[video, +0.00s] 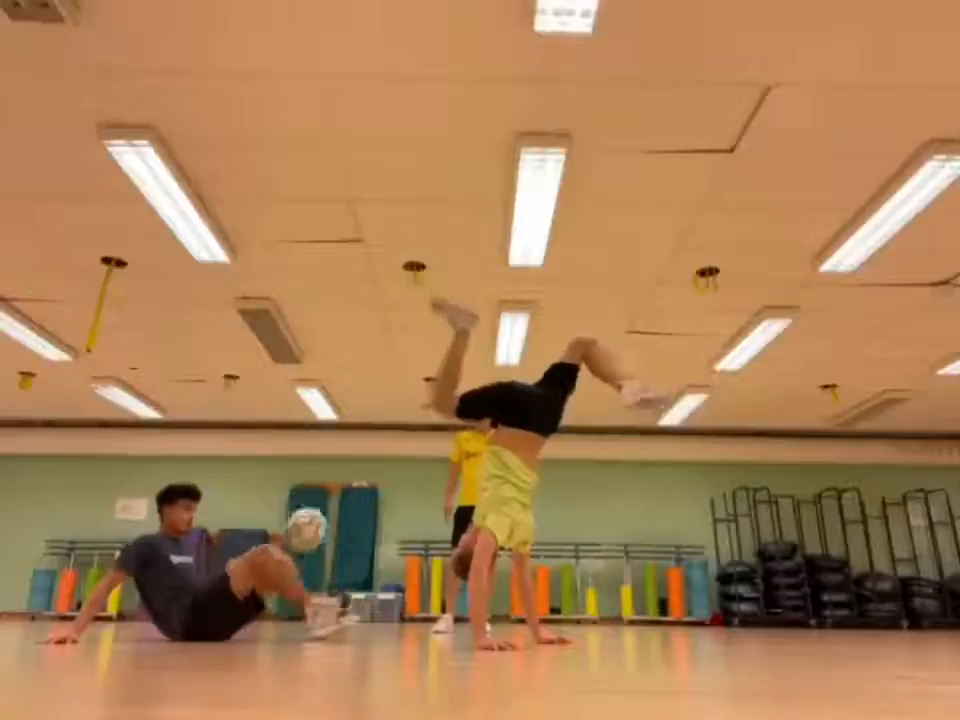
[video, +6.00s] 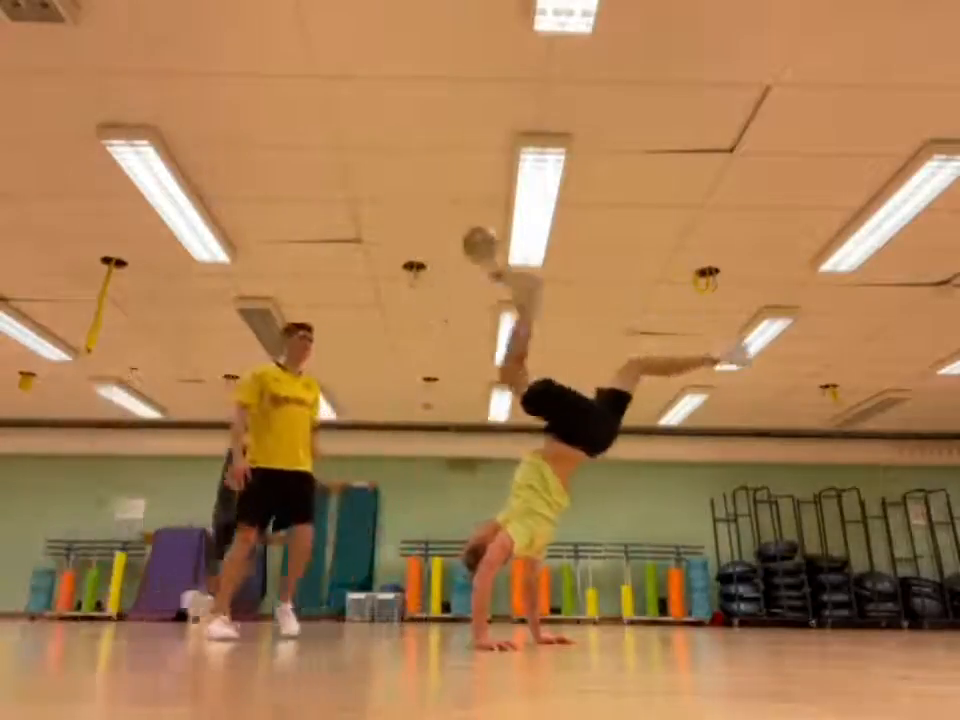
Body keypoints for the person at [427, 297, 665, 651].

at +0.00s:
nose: (478, 558)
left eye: (470, 557)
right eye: (474, 557)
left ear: (468, 549)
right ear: (469, 544)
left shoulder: (519, 533)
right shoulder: (490, 528)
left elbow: (524, 585)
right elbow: (480, 577)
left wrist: (537, 633)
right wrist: (481, 637)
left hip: (543, 416)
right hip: (516, 407)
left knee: (582, 345)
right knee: (444, 405)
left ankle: (629, 388)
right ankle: (462, 332)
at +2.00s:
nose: (480, 558)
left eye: (466, 554)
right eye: (473, 557)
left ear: (467, 545)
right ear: (472, 543)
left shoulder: (523, 536)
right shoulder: (493, 527)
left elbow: (528, 583)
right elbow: (481, 575)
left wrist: (537, 631)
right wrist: (481, 635)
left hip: (552, 413)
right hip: (530, 410)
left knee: (552, 345)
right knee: (449, 414)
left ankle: (607, 370)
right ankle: (458, 341)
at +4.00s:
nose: (481, 557)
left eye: (473, 556)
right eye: (477, 556)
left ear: (472, 549)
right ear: (473, 543)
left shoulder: (526, 538)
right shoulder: (497, 528)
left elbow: (528, 585)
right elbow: (483, 577)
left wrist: (537, 632)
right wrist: (482, 636)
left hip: (557, 412)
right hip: (536, 412)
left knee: (549, 345)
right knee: (457, 407)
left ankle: (620, 317)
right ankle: (450, 334)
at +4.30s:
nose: (463, 539)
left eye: (458, 542)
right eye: (463, 546)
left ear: (467, 549)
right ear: (473, 554)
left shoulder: (519, 539)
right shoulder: (491, 532)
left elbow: (529, 586)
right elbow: (482, 578)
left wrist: (537, 632)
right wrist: (481, 635)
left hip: (553, 415)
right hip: (531, 410)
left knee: (538, 350)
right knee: (469, 353)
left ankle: (599, 313)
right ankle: (457, 272)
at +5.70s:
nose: (476, 543)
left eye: (473, 548)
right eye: (476, 546)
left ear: (475, 547)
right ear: (481, 544)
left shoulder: (528, 540)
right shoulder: (504, 531)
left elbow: (529, 586)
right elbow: (484, 575)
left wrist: (538, 632)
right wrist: (481, 635)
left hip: (572, 416)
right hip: (554, 416)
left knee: (580, 347)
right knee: (471, 409)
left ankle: (658, 323)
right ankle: (472, 331)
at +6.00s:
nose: (482, 542)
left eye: (480, 545)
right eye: (481, 543)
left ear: (482, 550)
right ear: (484, 544)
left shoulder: (530, 541)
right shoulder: (509, 534)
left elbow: (530, 588)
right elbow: (482, 576)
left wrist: (536, 632)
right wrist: (480, 635)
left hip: (598, 436)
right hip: (582, 432)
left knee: (634, 367)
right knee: (515, 382)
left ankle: (714, 359)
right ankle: (527, 301)